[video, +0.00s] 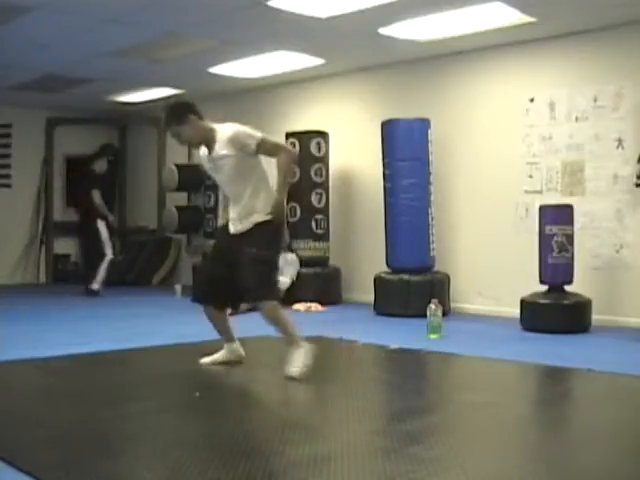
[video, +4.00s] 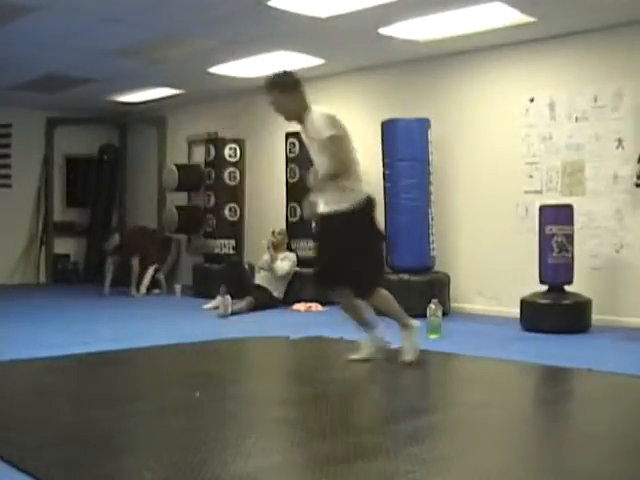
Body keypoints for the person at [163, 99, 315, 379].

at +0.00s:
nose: (183, 142)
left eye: (181, 134)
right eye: (178, 137)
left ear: (193, 120)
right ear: (187, 128)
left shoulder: (234, 135)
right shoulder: (204, 155)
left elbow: (286, 153)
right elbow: (225, 186)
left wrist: (280, 199)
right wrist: (223, 220)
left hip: (263, 224)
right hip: (233, 229)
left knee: (261, 295)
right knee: (208, 291)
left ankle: (300, 345)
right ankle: (232, 347)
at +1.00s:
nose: (310, 88)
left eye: (314, 79)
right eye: (306, 82)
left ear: (330, 73)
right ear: (305, 83)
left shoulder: (357, 99)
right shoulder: (331, 113)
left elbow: (402, 111)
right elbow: (355, 139)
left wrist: (383, 144)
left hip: (382, 185)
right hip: (359, 193)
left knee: (372, 254)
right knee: (365, 269)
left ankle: (421, 288)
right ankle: (390, 334)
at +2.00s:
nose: (333, 56)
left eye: (340, 46)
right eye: (325, 48)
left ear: (360, 44)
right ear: (318, 51)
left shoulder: (388, 92)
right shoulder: (304, 98)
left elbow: (458, 97)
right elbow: (271, 147)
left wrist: (448, 57)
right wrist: (241, 190)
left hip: (381, 220)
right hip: (324, 221)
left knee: (439, 293)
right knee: (287, 312)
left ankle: (464, 390)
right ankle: (251, 403)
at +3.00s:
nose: (175, 55)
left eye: (184, 48)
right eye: (172, 48)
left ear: (204, 53)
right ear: (168, 54)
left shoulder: (231, 95)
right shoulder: (169, 102)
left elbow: (272, 139)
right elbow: (166, 152)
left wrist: (303, 179)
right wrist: (151, 195)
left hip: (228, 203)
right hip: (187, 205)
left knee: (219, 292)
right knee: (176, 291)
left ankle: (225, 376)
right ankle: (192, 368)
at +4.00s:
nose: (277, 110)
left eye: (277, 102)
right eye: (273, 105)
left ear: (293, 95)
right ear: (286, 99)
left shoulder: (322, 122)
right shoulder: (308, 128)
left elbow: (341, 165)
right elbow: (330, 167)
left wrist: (315, 179)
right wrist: (317, 192)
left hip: (353, 213)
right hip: (331, 216)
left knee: (365, 285)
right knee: (336, 287)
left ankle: (409, 328)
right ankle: (376, 339)